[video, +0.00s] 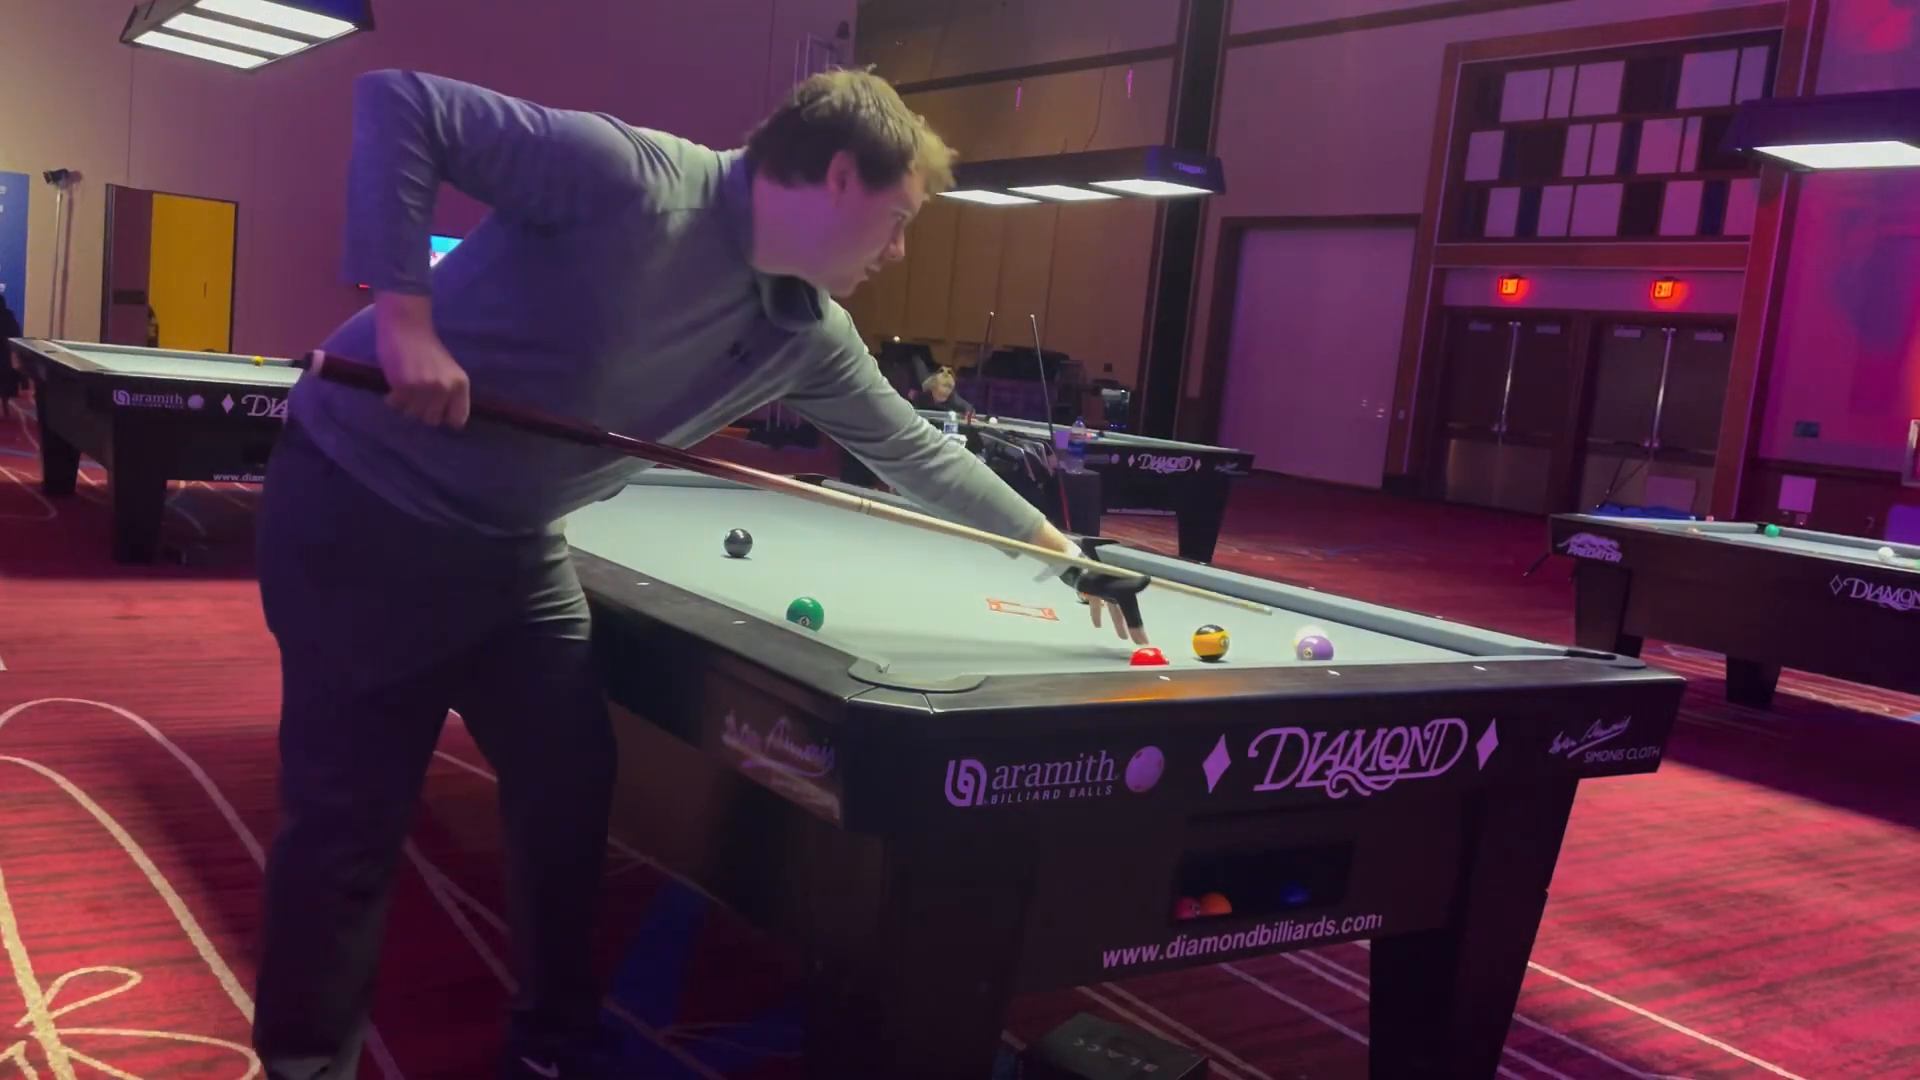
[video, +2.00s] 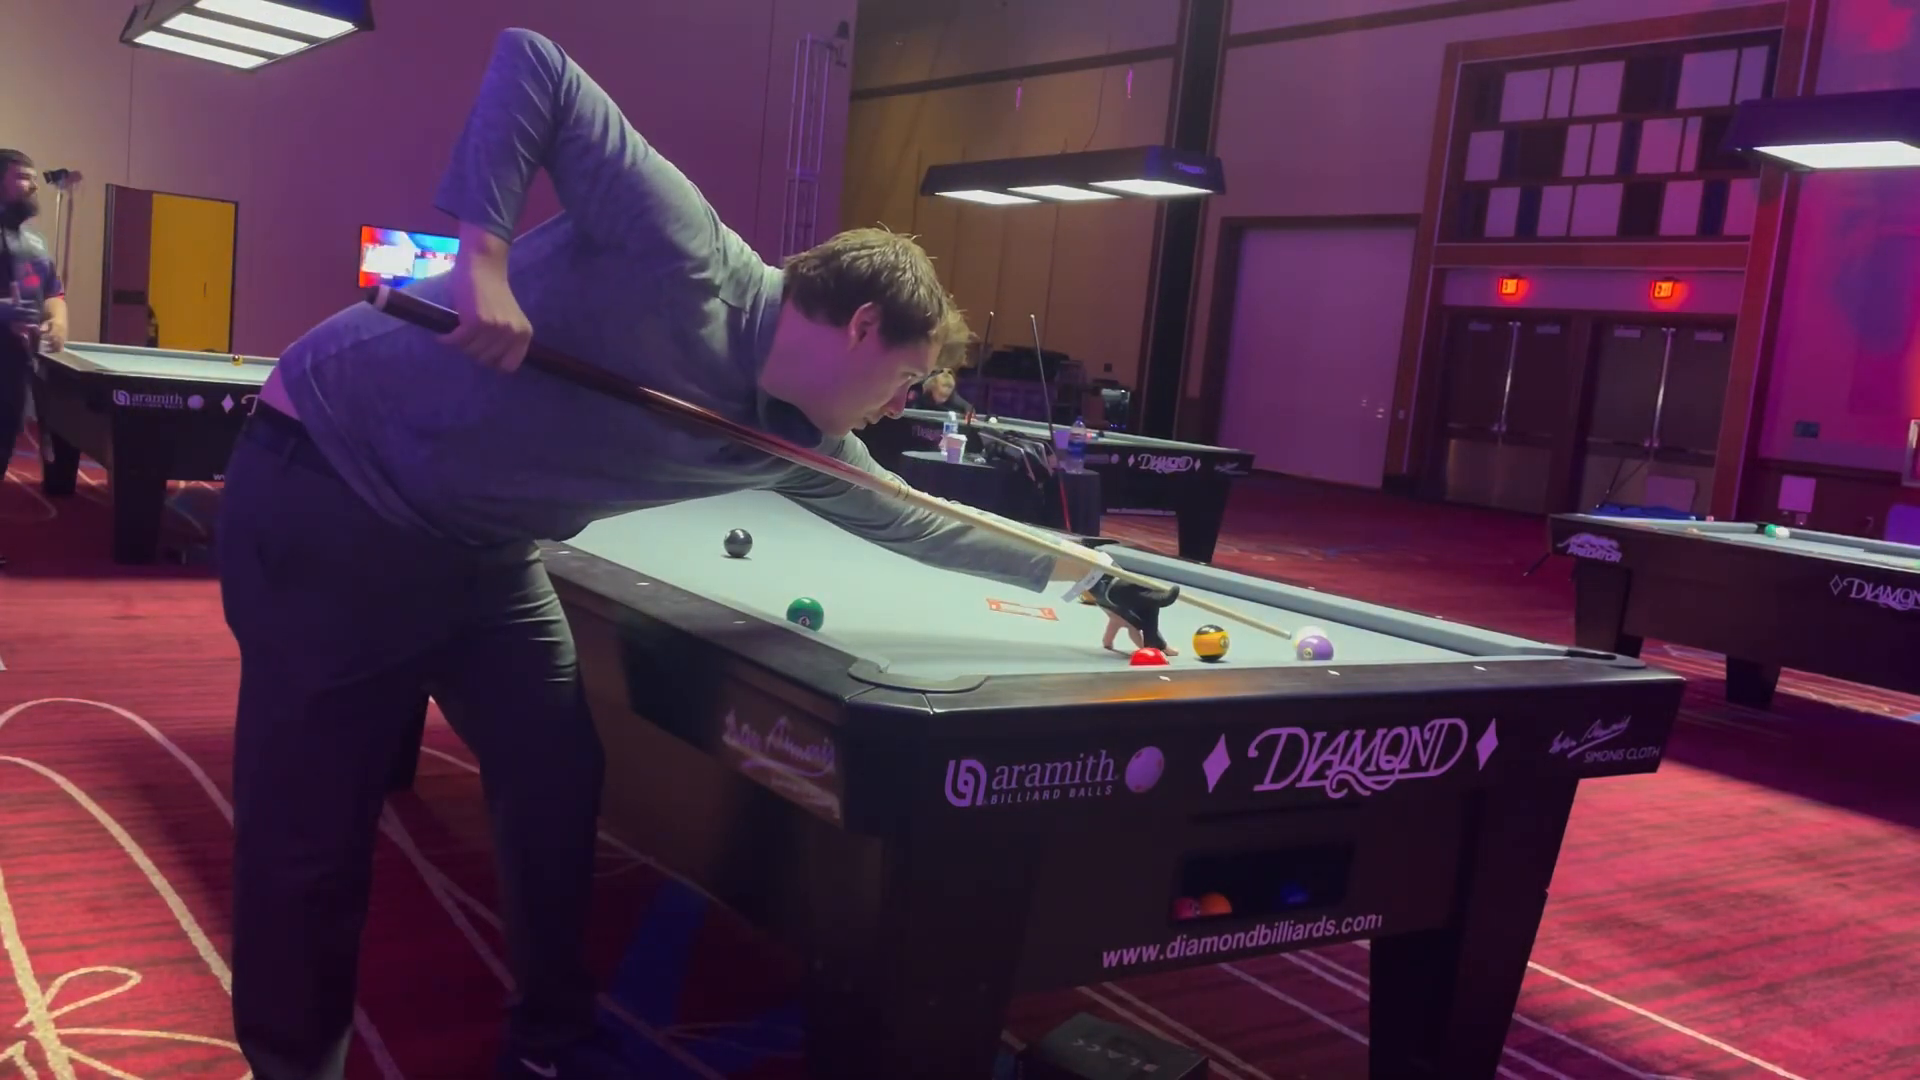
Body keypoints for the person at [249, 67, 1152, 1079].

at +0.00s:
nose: (898, 244)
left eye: (908, 222)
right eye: (900, 214)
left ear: (837, 187)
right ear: (837, 180)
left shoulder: (806, 333)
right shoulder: (630, 179)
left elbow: (918, 450)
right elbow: (402, 103)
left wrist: (1066, 557)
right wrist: (400, 310)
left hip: (514, 537)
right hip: (370, 499)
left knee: (568, 775)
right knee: (346, 821)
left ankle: (553, 1036)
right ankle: (304, 1060)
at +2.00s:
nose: (891, 414)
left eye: (908, 396)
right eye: (903, 385)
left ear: (852, 337)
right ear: (861, 328)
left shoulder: (782, 434)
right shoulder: (680, 243)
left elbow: (909, 519)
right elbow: (531, 68)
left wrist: (1064, 561)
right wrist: (478, 255)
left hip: (483, 529)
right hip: (329, 476)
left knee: (553, 757)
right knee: (311, 818)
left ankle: (549, 1031)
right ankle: (292, 1056)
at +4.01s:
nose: (891, 431)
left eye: (909, 411)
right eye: (903, 400)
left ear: (853, 347)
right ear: (860, 340)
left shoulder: (783, 437)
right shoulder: (682, 252)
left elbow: (911, 526)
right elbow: (536, 71)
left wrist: (1067, 563)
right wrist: (414, 229)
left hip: (485, 536)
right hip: (331, 478)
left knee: (553, 763)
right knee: (311, 826)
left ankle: (547, 1033)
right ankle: (294, 1056)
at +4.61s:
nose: (907, 379)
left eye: (919, 360)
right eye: (912, 351)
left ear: (854, 310)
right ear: (858, 302)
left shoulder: (795, 409)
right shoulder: (680, 261)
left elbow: (904, 503)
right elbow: (454, 176)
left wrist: (1074, 560)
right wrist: (511, 383)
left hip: (488, 534)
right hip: (336, 485)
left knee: (552, 768)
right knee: (316, 823)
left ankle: (551, 1033)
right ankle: (294, 1060)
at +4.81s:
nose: (903, 286)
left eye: (913, 265)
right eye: (902, 255)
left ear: (839, 226)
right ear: (833, 216)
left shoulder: (790, 360)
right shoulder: (651, 216)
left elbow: (899, 447)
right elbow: (414, 196)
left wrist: (1054, 519)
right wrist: (506, 382)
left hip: (491, 532)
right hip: (342, 485)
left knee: (549, 777)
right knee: (333, 818)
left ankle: (549, 1034)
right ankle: (304, 1055)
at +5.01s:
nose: (860, 208)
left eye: (871, 186)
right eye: (850, 173)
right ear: (767, 126)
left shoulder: (762, 290)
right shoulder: (600, 159)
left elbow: (869, 367)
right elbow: (368, 180)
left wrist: (1010, 417)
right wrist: (497, 350)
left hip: (493, 526)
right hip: (346, 493)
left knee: (547, 771)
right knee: (352, 827)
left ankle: (550, 1037)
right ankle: (305, 1061)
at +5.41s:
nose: (734, 109)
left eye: (757, 89)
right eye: (720, 69)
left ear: (771, 85)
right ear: (638, 23)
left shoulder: (697, 191)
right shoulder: (495, 109)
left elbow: (790, 259)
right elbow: (281, 223)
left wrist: (948, 292)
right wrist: (456, 351)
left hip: (513, 525)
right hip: (369, 510)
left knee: (556, 780)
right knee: (383, 807)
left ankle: (549, 1031)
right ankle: (314, 1059)